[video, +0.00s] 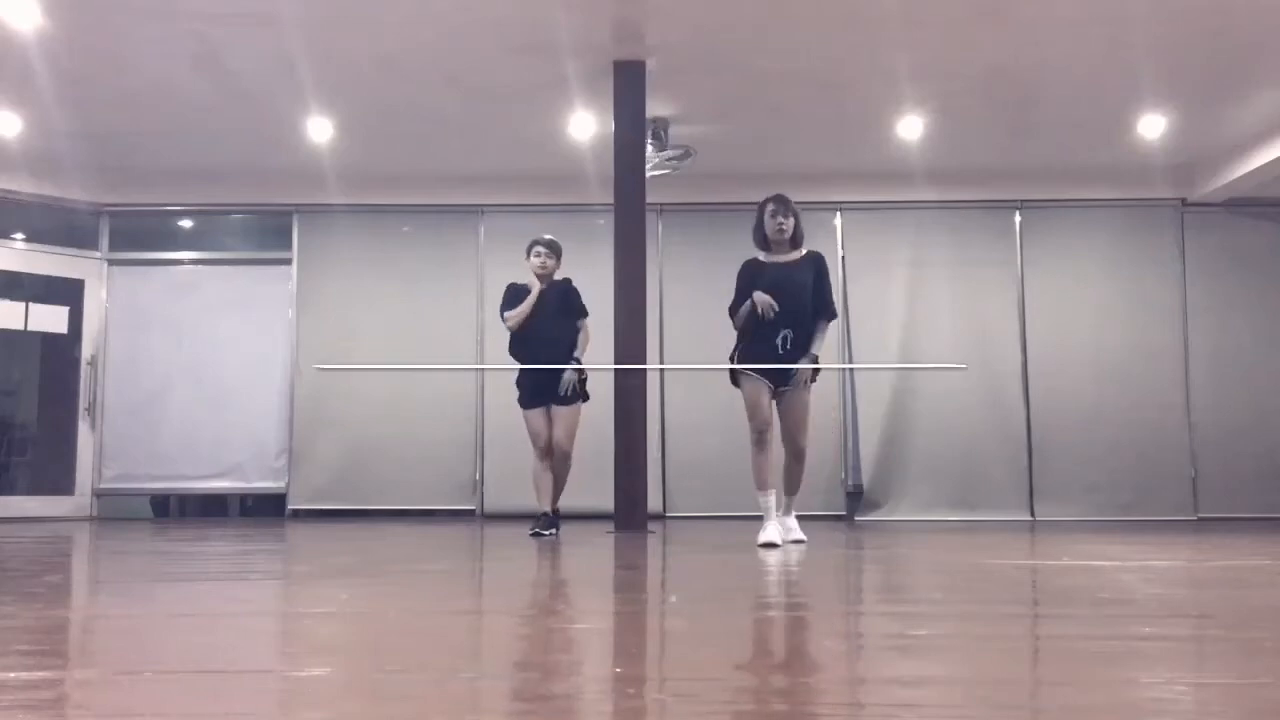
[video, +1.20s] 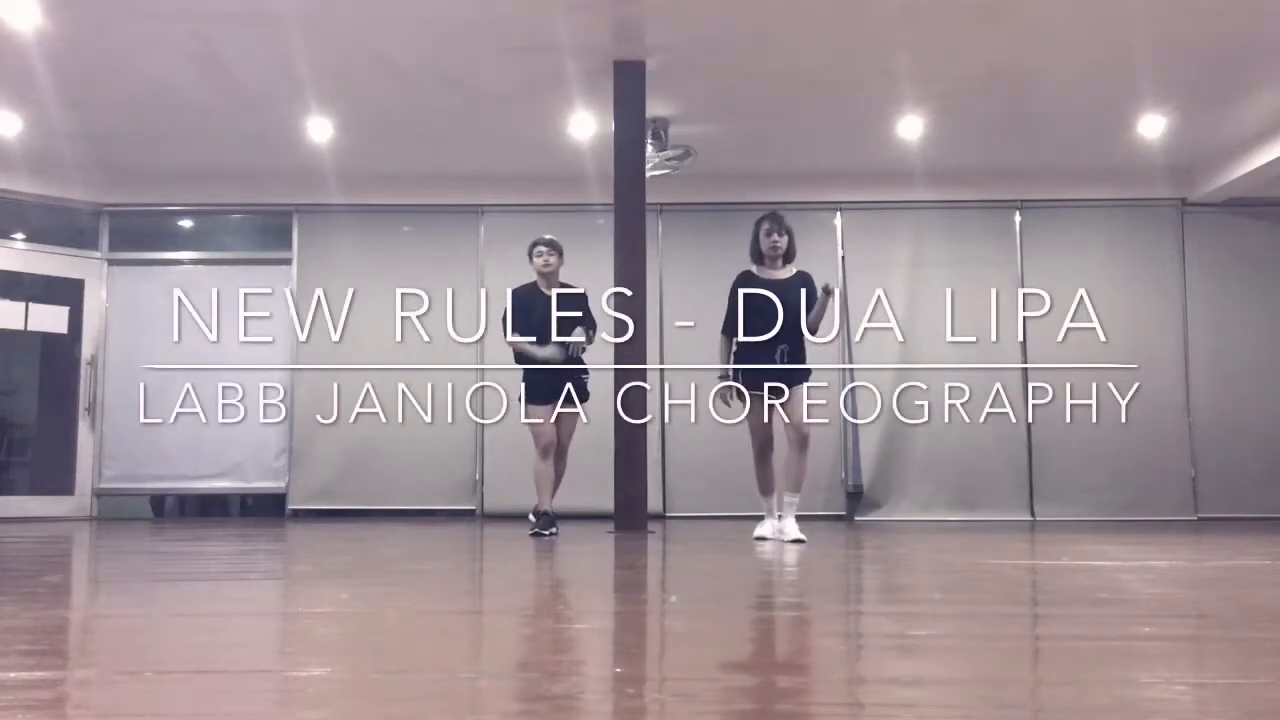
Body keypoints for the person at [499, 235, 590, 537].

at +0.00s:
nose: (543, 260)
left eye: (549, 256)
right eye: (537, 255)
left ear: (557, 262)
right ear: (528, 260)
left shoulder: (567, 290)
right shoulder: (517, 291)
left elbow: (584, 330)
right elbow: (511, 322)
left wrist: (575, 362)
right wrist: (535, 291)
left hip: (565, 375)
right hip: (531, 376)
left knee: (562, 448)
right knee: (541, 448)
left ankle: (552, 508)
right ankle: (545, 515)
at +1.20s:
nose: (545, 259)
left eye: (550, 255)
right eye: (539, 255)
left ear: (560, 260)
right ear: (531, 262)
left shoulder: (575, 295)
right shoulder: (520, 296)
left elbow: (590, 329)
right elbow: (513, 340)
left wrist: (581, 337)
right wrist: (541, 352)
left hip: (571, 380)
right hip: (537, 380)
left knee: (561, 448)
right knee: (545, 445)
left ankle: (542, 508)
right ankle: (544, 513)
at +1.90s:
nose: (546, 257)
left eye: (553, 253)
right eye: (541, 253)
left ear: (563, 259)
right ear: (532, 259)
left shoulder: (579, 292)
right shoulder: (520, 296)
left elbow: (590, 339)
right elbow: (519, 346)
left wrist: (588, 376)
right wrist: (515, 381)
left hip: (569, 375)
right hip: (534, 377)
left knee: (545, 431)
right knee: (547, 445)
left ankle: (551, 507)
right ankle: (554, 512)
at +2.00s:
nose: (546, 259)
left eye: (552, 254)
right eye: (540, 254)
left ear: (562, 260)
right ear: (532, 259)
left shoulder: (576, 295)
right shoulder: (519, 298)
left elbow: (585, 341)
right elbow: (518, 347)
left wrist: (581, 376)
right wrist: (514, 379)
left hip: (567, 382)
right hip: (531, 383)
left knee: (546, 445)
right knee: (546, 449)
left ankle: (527, 511)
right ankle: (558, 514)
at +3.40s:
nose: (544, 210)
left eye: (552, 205)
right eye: (537, 205)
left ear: (565, 213)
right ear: (527, 213)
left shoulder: (585, 255)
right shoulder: (510, 260)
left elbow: (604, 306)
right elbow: (501, 315)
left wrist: (607, 347)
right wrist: (510, 352)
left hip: (574, 354)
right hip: (526, 358)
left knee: (558, 423)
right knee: (543, 454)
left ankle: (569, 516)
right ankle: (559, 520)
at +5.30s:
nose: (483, 174)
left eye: (491, 166)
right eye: (475, 168)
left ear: (509, 172)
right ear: (467, 178)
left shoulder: (536, 212)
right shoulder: (465, 234)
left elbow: (566, 271)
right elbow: (447, 295)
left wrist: (541, 320)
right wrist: (462, 292)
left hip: (520, 341)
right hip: (467, 341)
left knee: (548, 440)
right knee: (444, 436)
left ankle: (585, 527)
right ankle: (416, 530)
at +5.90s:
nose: (492, 177)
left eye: (497, 169)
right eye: (481, 173)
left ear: (509, 174)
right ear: (467, 184)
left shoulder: (532, 226)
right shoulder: (452, 222)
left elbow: (576, 252)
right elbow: (438, 286)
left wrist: (546, 211)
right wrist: (464, 333)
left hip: (531, 345)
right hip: (476, 347)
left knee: (557, 433)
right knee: (445, 441)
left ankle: (588, 527)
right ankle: (417, 530)